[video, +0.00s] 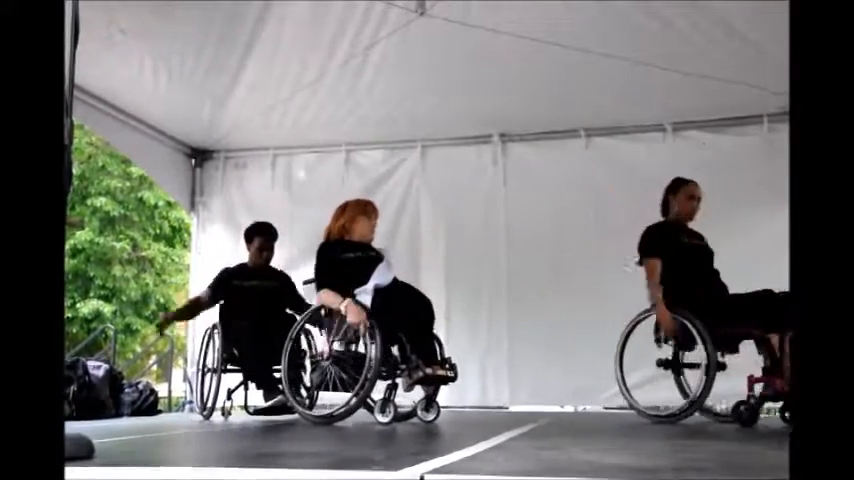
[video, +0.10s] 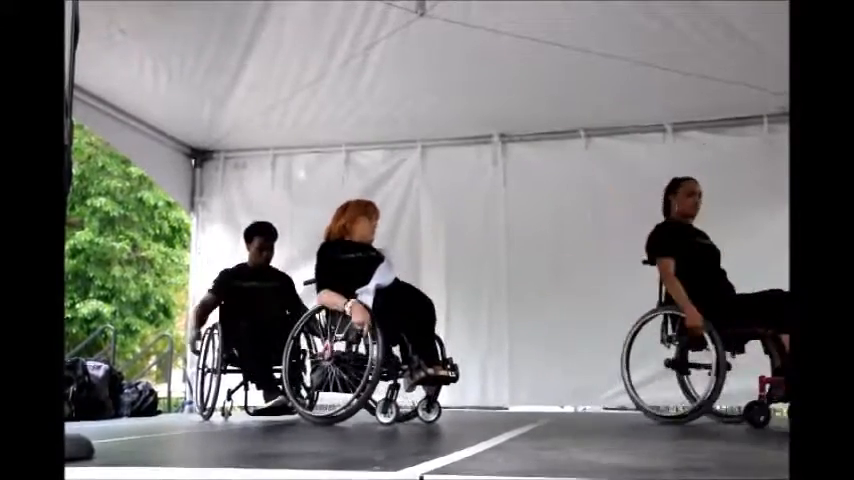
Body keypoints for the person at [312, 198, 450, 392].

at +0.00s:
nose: (374, 224)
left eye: (374, 220)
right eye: (369, 219)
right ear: (351, 222)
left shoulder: (370, 250)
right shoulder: (330, 250)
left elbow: (382, 280)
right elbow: (324, 293)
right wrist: (347, 305)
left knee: (421, 306)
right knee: (407, 312)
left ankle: (428, 363)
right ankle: (420, 364)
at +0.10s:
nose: (375, 225)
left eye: (375, 220)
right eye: (370, 220)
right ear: (351, 223)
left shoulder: (370, 251)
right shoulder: (330, 250)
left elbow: (381, 281)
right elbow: (324, 294)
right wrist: (351, 306)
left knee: (422, 305)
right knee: (407, 311)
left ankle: (429, 363)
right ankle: (415, 365)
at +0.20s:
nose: (375, 225)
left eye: (375, 221)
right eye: (370, 220)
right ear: (353, 222)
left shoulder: (370, 251)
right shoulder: (331, 249)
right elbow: (326, 295)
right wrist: (354, 307)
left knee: (423, 306)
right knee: (409, 311)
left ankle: (430, 364)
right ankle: (418, 366)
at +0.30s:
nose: (376, 225)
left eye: (376, 220)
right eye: (371, 220)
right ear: (354, 222)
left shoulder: (371, 250)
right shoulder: (333, 249)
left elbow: (382, 280)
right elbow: (330, 294)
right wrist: (358, 310)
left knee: (425, 306)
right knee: (411, 312)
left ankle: (433, 364)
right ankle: (417, 367)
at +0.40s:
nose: (377, 224)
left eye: (377, 220)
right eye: (372, 219)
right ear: (355, 222)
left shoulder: (371, 249)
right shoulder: (334, 249)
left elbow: (383, 280)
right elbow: (332, 292)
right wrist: (361, 311)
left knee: (428, 305)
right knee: (413, 312)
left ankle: (435, 364)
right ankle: (419, 367)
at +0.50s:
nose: (379, 222)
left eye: (379, 218)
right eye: (374, 218)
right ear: (357, 221)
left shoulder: (373, 248)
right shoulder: (336, 249)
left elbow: (387, 279)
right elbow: (336, 292)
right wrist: (365, 311)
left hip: (394, 292)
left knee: (432, 306)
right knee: (417, 313)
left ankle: (437, 364)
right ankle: (422, 367)